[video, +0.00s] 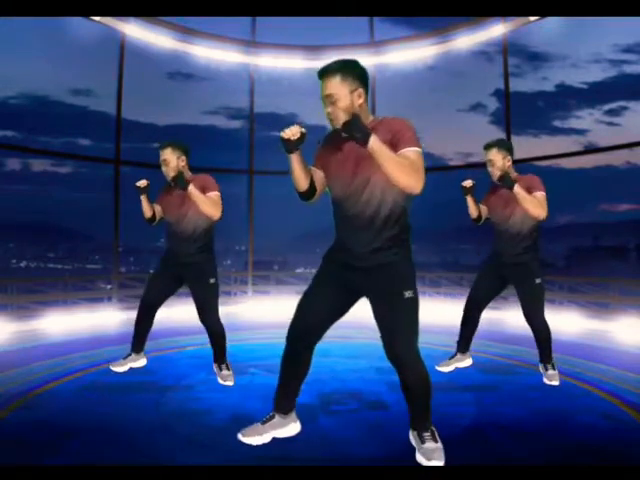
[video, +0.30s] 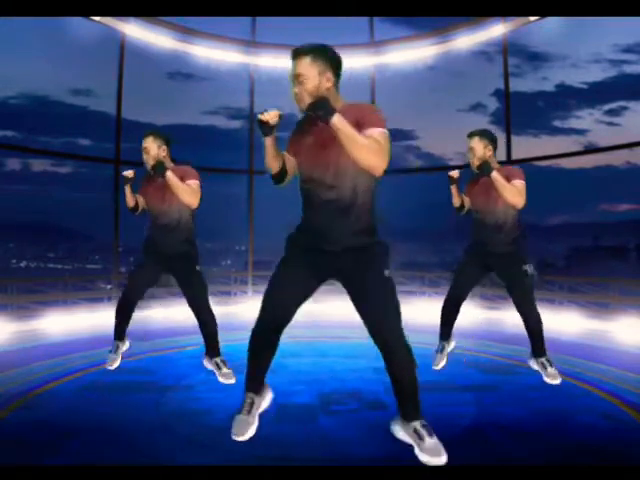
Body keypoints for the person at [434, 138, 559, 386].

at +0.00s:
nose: (490, 168)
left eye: (493, 162)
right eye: (487, 164)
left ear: (508, 160)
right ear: (488, 165)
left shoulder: (530, 182)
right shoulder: (495, 191)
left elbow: (540, 212)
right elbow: (478, 216)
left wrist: (513, 185)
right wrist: (469, 195)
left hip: (526, 262)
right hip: (498, 261)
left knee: (534, 317)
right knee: (473, 305)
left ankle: (548, 364)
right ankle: (462, 354)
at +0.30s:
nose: (470, 154)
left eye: (474, 149)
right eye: (469, 149)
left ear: (489, 150)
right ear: (474, 152)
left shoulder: (512, 174)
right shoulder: (474, 183)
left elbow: (518, 201)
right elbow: (460, 207)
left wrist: (492, 172)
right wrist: (454, 185)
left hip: (510, 252)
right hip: (479, 251)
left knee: (527, 307)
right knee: (453, 298)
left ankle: (540, 357)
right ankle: (444, 342)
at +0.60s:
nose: (462, 152)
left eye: (465, 147)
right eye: (460, 147)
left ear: (481, 147)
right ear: (466, 149)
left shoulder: (503, 173)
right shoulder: (464, 180)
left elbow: (514, 205)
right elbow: (448, 205)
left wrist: (487, 182)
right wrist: (440, 183)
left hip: (501, 252)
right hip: (472, 251)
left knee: (526, 305)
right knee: (451, 298)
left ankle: (528, 353)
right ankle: (443, 344)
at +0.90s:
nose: (477, 163)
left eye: (481, 157)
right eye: (476, 158)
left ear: (496, 158)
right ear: (483, 160)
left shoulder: (519, 182)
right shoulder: (484, 190)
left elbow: (523, 215)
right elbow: (476, 221)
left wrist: (495, 193)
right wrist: (461, 203)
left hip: (518, 262)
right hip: (491, 262)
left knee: (532, 320)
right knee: (462, 303)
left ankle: (549, 370)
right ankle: (464, 354)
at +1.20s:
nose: (493, 156)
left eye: (497, 151)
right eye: (491, 152)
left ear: (513, 153)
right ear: (491, 156)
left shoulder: (532, 178)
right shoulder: (485, 183)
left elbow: (539, 206)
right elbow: (458, 195)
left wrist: (512, 180)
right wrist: (444, 181)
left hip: (525, 263)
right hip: (493, 262)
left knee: (540, 321)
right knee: (466, 305)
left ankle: (549, 370)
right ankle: (464, 354)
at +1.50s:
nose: (479, 160)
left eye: (483, 155)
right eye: (478, 155)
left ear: (496, 157)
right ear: (482, 158)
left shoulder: (502, 183)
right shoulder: (489, 180)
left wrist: (468, 181)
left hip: (503, 259)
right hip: (486, 257)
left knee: (510, 315)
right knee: (464, 301)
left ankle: (554, 362)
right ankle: (466, 356)